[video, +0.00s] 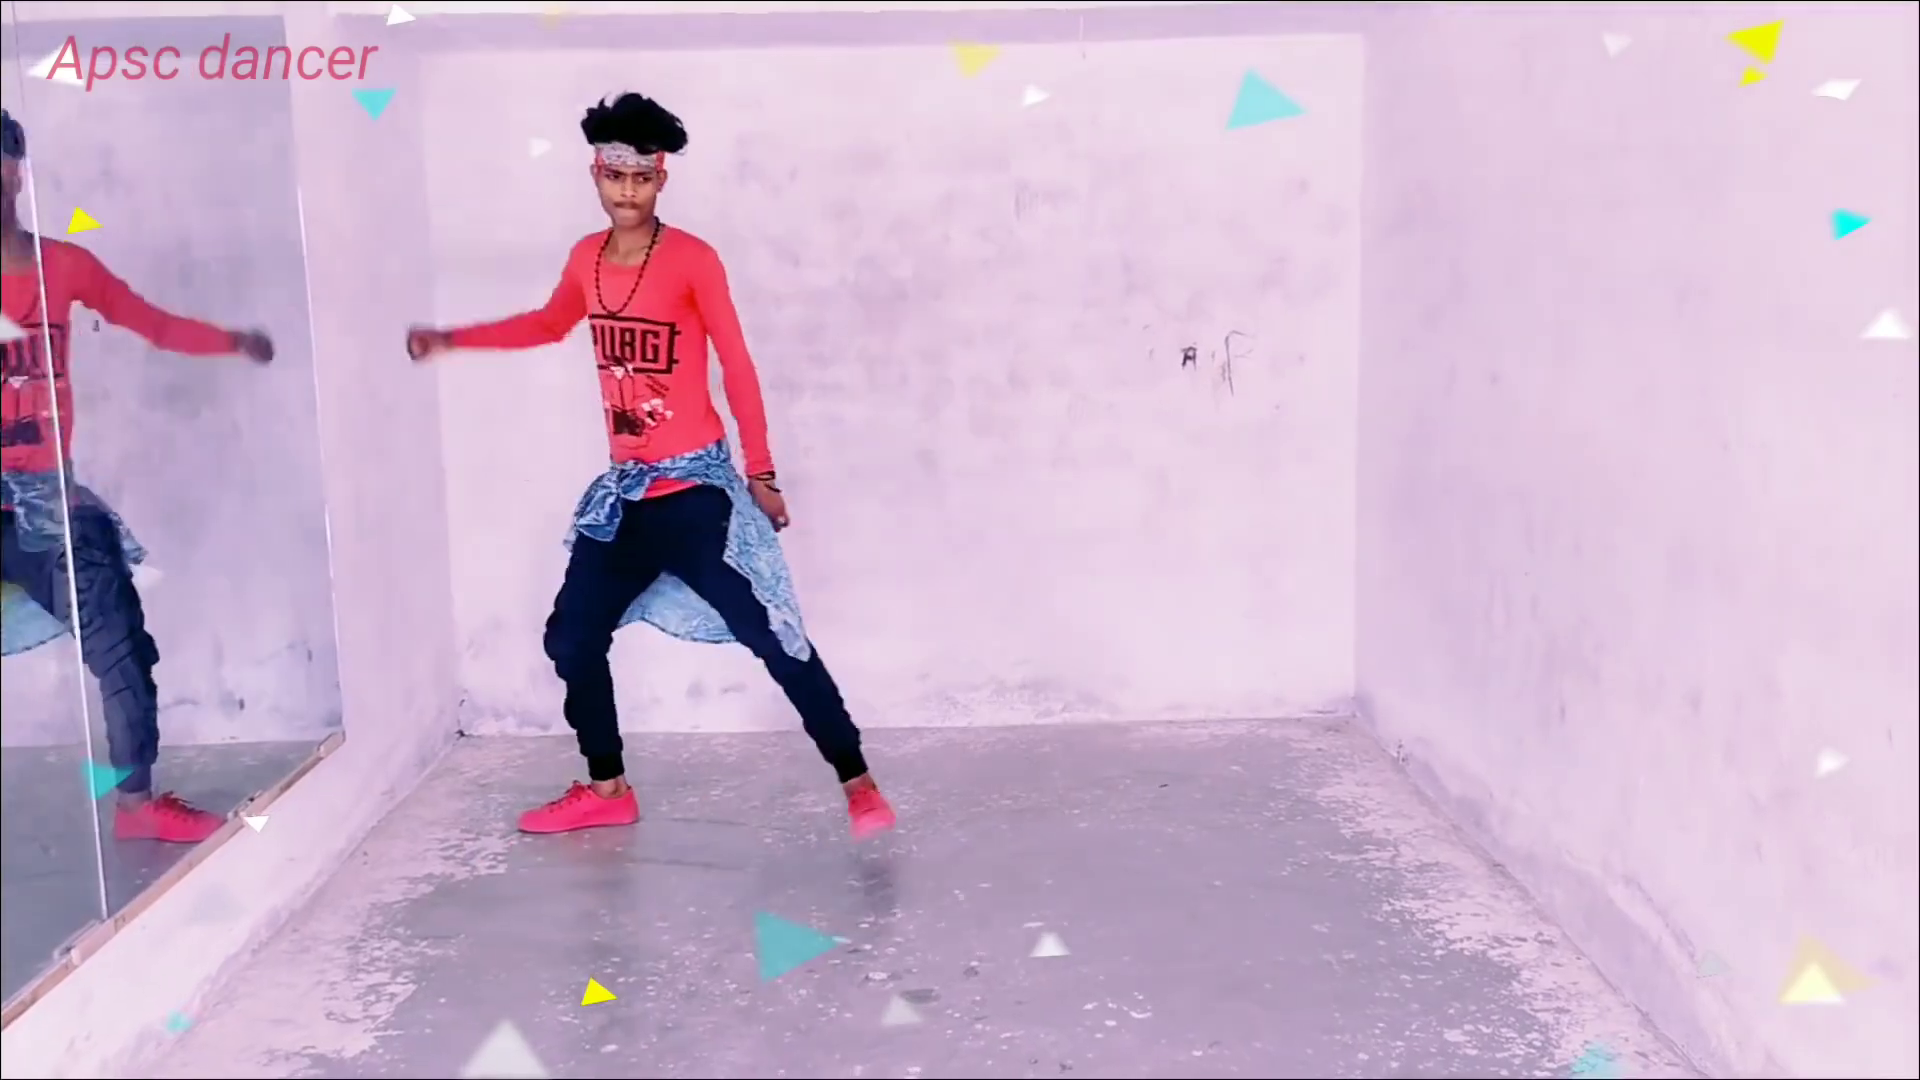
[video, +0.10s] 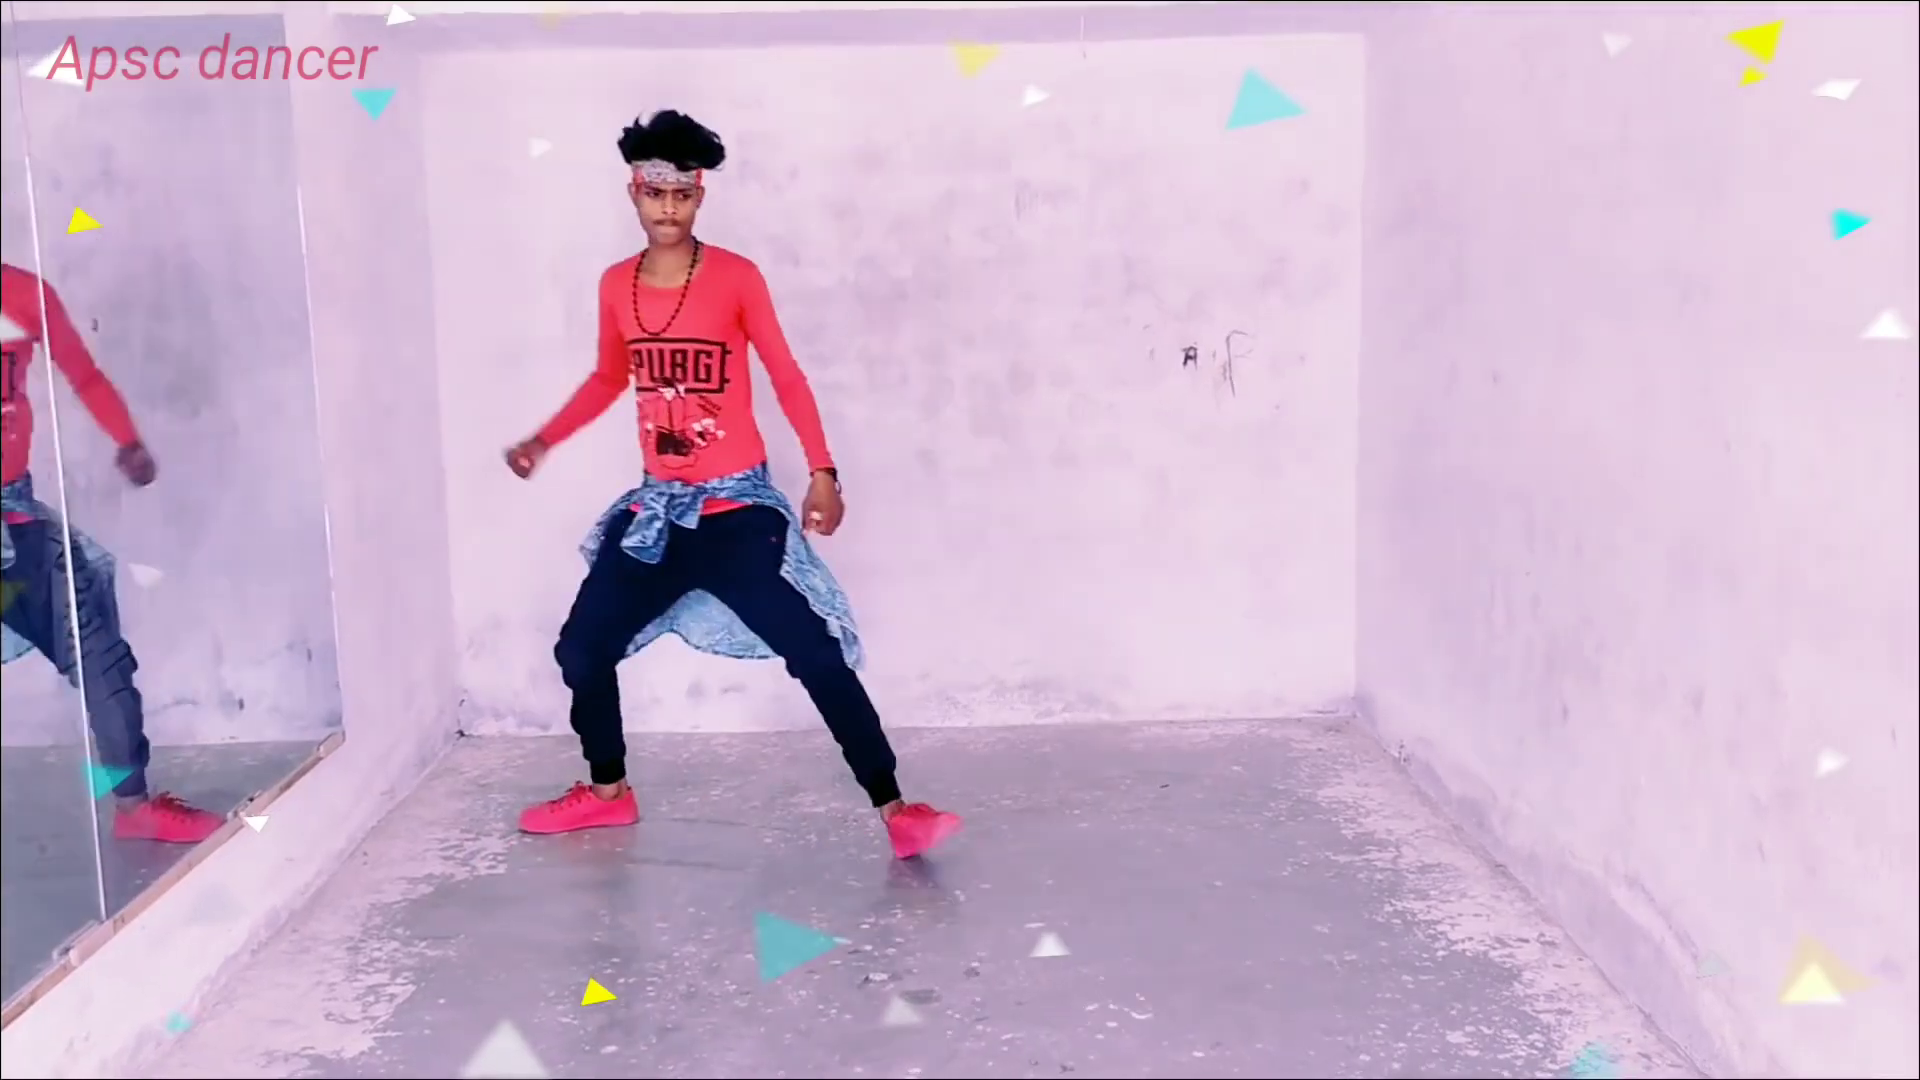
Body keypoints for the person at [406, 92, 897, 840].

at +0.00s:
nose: (627, 190)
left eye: (641, 175)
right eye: (613, 174)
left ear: (663, 180)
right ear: (595, 180)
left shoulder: (693, 262)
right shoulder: (587, 259)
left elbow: (737, 364)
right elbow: (550, 324)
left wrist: (760, 470)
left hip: (702, 486)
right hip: (626, 491)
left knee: (771, 631)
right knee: (572, 637)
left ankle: (858, 782)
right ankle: (607, 788)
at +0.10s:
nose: (666, 206)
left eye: (681, 190)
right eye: (651, 190)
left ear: (702, 194)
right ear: (632, 196)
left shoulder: (737, 279)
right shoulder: (618, 284)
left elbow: (785, 377)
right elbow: (611, 375)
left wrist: (823, 470)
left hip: (738, 507)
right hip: (658, 510)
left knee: (810, 649)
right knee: (581, 651)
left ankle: (894, 808)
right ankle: (608, 789)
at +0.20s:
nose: (710, 225)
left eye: (724, 209)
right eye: (696, 209)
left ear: (740, 214)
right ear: (671, 214)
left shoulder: (780, 295)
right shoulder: (654, 312)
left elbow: (823, 391)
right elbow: (657, 418)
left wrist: (849, 457)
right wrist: (627, 468)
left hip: (789, 518)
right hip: (700, 526)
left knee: (866, 655)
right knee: (625, 669)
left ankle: (918, 822)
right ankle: (616, 798)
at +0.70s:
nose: (822, 269)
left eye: (834, 251)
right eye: (805, 253)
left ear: (850, 254)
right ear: (779, 257)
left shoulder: (884, 339)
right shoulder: (748, 343)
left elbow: (910, 454)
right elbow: (726, 460)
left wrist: (935, 464)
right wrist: (743, 484)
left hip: (877, 560)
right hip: (783, 563)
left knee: (955, 707)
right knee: (710, 729)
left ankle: (985, 842)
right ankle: (705, 831)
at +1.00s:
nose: (881, 244)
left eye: (893, 226)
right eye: (863, 228)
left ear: (912, 226)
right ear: (839, 230)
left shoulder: (946, 307)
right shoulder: (812, 313)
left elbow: (986, 410)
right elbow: (750, 421)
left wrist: (997, 515)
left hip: (923, 546)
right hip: (826, 543)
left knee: (982, 717)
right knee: (723, 702)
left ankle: (1001, 855)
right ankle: (704, 824)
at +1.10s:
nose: (878, 223)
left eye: (891, 204)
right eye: (860, 205)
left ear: (912, 203)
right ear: (837, 208)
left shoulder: (951, 291)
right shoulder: (813, 284)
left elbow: (1028, 384)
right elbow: (699, 290)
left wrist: (1098, 489)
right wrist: (742, 223)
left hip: (930, 545)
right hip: (837, 536)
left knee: (972, 716)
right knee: (716, 657)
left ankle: (1001, 857)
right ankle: (709, 814)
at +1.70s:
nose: (853, 262)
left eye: (866, 244)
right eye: (834, 245)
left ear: (884, 247)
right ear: (806, 250)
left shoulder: (919, 342)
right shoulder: (783, 332)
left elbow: (1012, 435)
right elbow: (702, 343)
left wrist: (1115, 520)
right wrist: (721, 270)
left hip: (899, 598)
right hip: (804, 592)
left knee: (951, 771)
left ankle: (1003, 896)